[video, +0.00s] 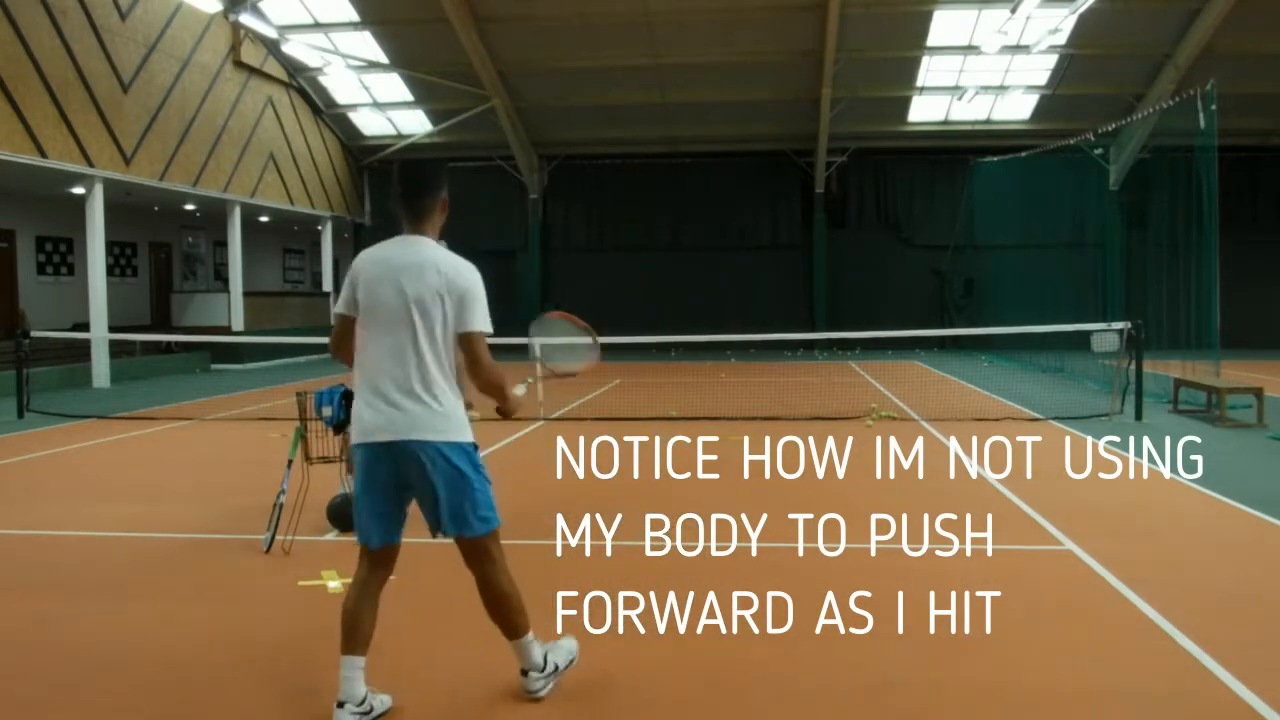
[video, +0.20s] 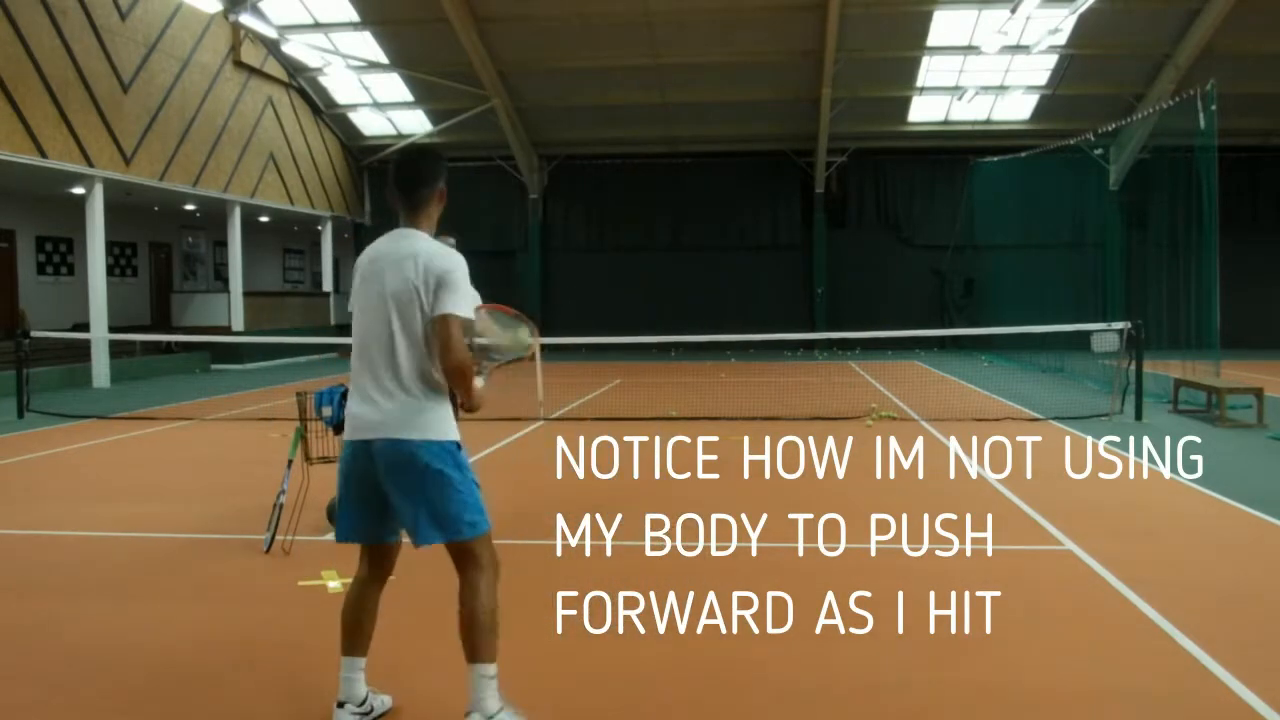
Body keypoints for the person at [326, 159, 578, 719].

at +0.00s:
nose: (446, 211)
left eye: (441, 203)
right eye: (446, 203)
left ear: (397, 208)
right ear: (442, 207)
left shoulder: (364, 263)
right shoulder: (458, 272)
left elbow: (342, 346)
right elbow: (478, 364)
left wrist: (395, 369)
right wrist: (509, 400)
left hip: (372, 435)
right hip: (438, 434)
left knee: (372, 566)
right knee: (486, 558)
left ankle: (350, 694)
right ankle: (535, 664)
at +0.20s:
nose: (445, 198)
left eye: (434, 190)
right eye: (445, 190)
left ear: (395, 195)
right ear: (440, 194)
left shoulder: (367, 259)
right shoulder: (443, 262)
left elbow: (383, 341)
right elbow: (453, 355)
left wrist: (453, 337)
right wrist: (468, 393)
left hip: (362, 440)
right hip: (423, 440)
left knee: (373, 566)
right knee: (478, 563)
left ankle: (350, 695)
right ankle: (485, 702)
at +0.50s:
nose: (487, 215)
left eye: (483, 207)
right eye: (486, 208)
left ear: (435, 212)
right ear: (480, 212)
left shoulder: (406, 277)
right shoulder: (465, 282)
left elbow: (430, 366)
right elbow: (478, 387)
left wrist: (512, 358)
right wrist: (515, 417)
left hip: (397, 452)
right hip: (433, 457)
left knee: (436, 565)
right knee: (475, 598)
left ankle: (369, 671)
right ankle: (421, 712)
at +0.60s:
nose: (500, 213)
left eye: (495, 205)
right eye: (501, 205)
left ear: (452, 207)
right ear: (495, 208)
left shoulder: (435, 268)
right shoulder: (473, 277)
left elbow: (468, 355)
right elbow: (496, 377)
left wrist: (542, 349)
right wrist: (543, 405)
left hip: (420, 442)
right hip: (439, 449)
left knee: (490, 539)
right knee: (472, 596)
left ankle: (409, 656)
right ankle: (422, 710)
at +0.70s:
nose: (516, 215)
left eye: (512, 205)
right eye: (516, 206)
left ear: (467, 208)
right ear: (507, 209)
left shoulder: (459, 267)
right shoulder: (478, 273)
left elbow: (509, 347)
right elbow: (522, 365)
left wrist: (580, 326)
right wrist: (583, 379)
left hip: (459, 443)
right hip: (446, 447)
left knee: (507, 542)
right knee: (460, 591)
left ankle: (470, 662)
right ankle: (415, 712)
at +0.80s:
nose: (531, 224)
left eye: (530, 216)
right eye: (530, 215)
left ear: (484, 218)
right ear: (520, 220)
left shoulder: (503, 279)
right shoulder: (481, 278)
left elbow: (557, 334)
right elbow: (537, 342)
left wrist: (613, 304)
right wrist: (617, 340)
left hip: (485, 453)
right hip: (457, 455)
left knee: (533, 548)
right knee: (466, 593)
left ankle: (489, 666)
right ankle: (416, 712)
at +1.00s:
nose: (576, 232)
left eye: (576, 226)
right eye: (575, 224)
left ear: (543, 223)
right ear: (563, 222)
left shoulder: (564, 280)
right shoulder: (507, 271)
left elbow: (625, 311)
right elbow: (504, 299)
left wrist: (668, 272)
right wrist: (580, 272)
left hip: (526, 441)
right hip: (493, 439)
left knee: (560, 552)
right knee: (539, 564)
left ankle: (494, 663)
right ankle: (471, 695)